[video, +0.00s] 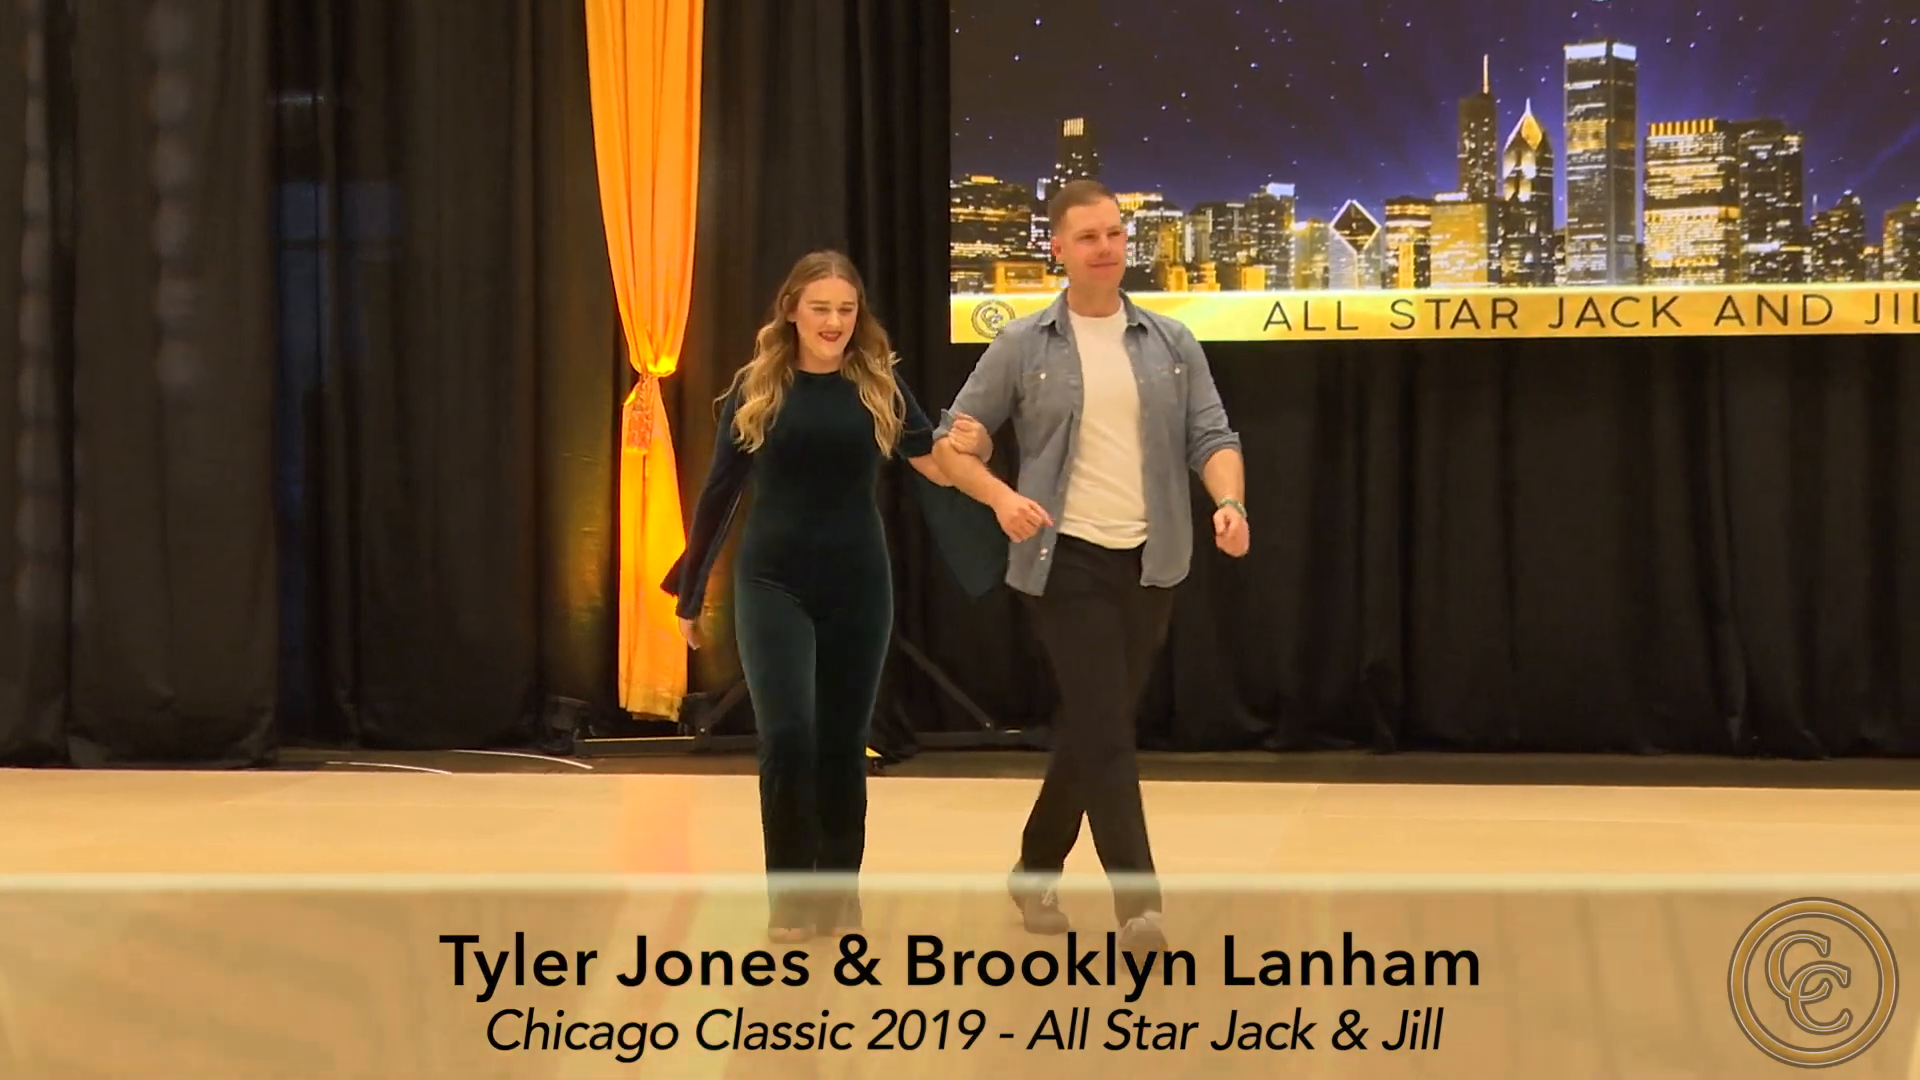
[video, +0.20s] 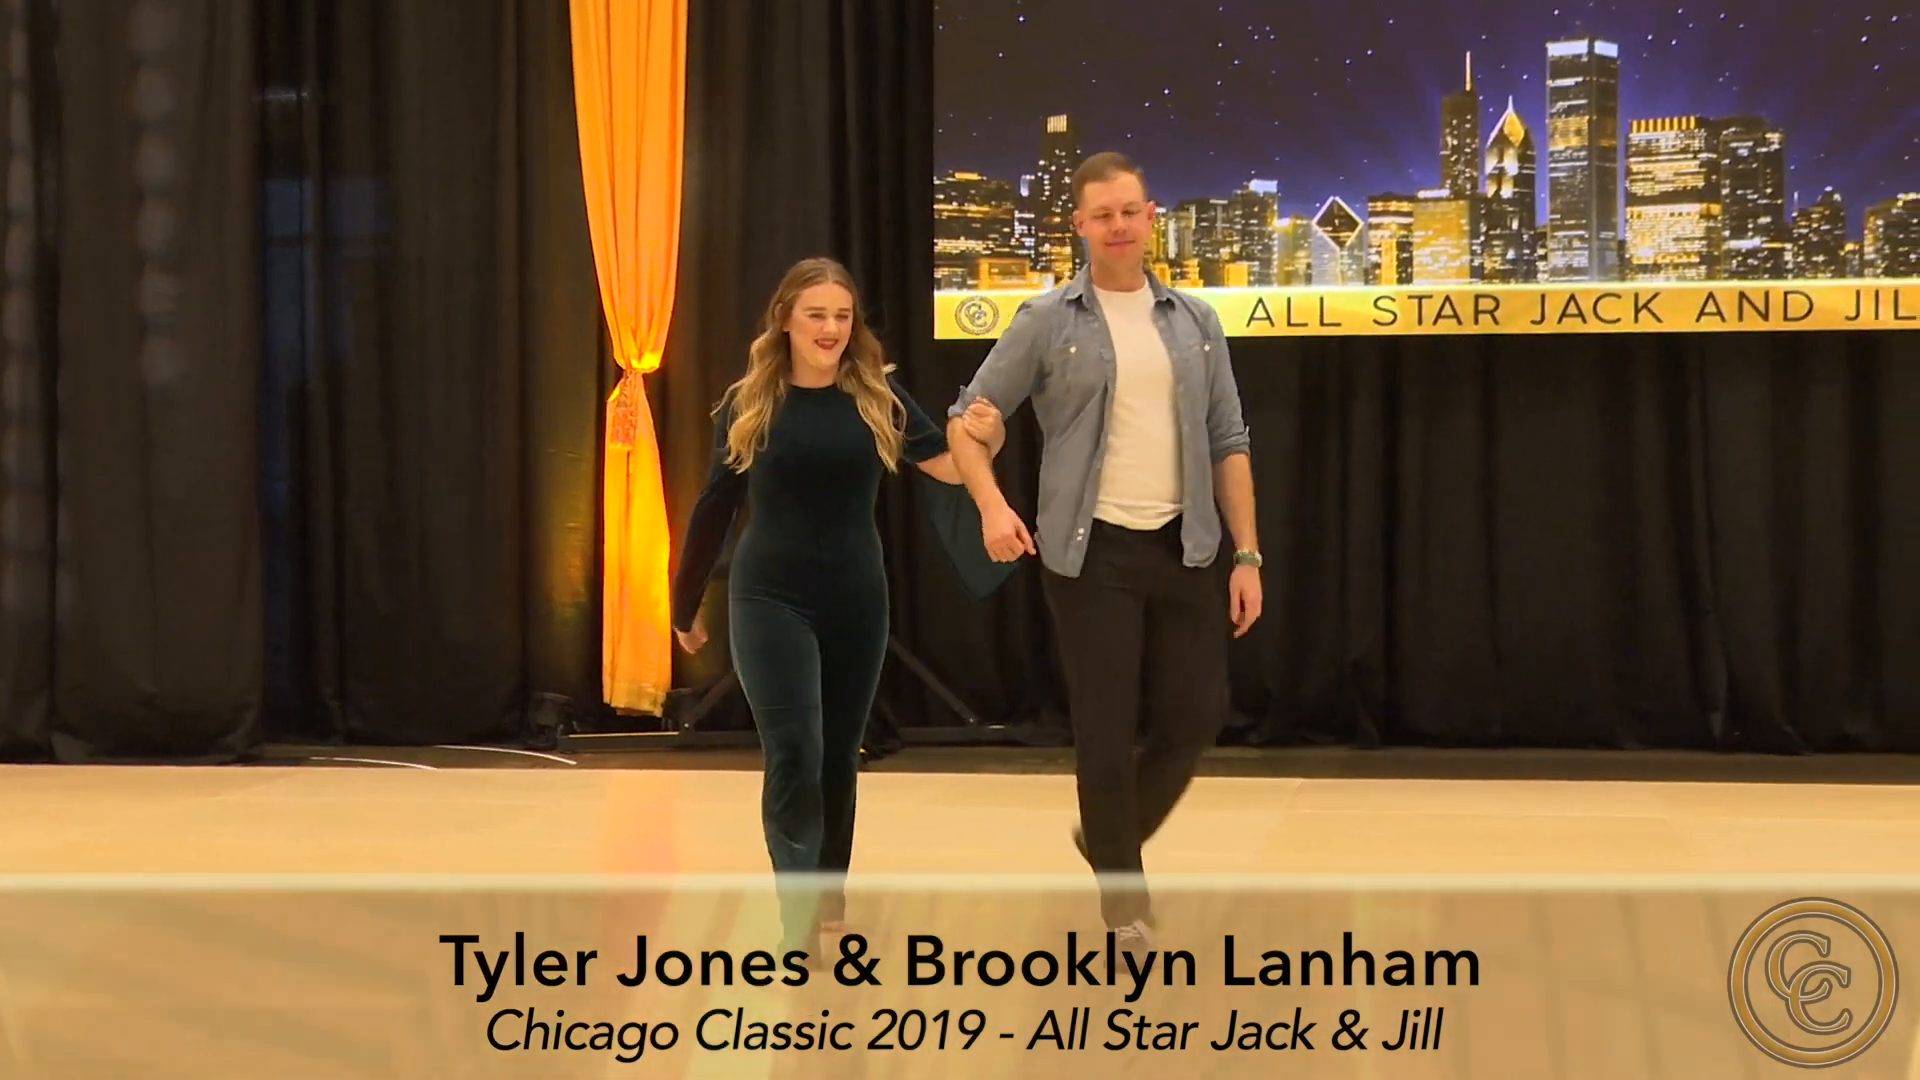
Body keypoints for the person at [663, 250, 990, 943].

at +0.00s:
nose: (835, 321)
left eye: (846, 310)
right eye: (821, 308)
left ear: (858, 316)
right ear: (793, 312)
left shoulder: (879, 386)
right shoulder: (755, 388)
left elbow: (932, 458)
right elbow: (722, 489)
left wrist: (970, 444)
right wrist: (690, 573)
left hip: (859, 587)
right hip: (772, 582)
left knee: (842, 749)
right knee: (789, 741)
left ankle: (839, 904)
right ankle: (790, 910)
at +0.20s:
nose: (829, 327)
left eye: (841, 315)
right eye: (815, 314)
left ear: (854, 323)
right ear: (786, 320)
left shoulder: (877, 396)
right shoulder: (751, 401)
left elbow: (947, 466)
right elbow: (717, 503)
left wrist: (988, 440)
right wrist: (684, 601)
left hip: (857, 601)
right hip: (770, 598)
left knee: (840, 762)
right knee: (795, 753)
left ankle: (831, 914)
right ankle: (797, 920)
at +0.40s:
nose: (824, 305)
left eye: (835, 292)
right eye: (809, 291)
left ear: (846, 299)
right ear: (775, 296)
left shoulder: (866, 374)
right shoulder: (739, 377)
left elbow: (930, 448)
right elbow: (704, 487)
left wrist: (988, 432)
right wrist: (676, 584)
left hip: (857, 588)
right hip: (761, 587)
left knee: (862, 758)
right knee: (776, 760)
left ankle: (814, 886)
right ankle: (770, 924)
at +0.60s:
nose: (847, 307)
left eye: (853, 295)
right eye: (832, 293)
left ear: (857, 304)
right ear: (788, 298)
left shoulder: (873, 380)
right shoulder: (744, 381)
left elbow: (940, 451)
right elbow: (705, 478)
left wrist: (1023, 457)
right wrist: (705, 522)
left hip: (864, 595)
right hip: (769, 598)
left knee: (867, 769)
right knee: (770, 770)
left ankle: (892, 939)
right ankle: (761, 932)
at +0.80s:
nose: (875, 297)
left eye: (877, 285)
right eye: (861, 283)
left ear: (870, 295)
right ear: (813, 290)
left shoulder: (890, 379)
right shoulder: (764, 379)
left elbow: (961, 458)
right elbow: (717, 480)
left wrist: (1061, 469)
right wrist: (683, 558)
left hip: (878, 594)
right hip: (780, 596)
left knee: (870, 775)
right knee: (787, 773)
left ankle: (855, 939)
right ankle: (749, 885)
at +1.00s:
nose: (899, 285)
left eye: (899, 273)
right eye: (886, 272)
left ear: (880, 283)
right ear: (839, 279)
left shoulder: (903, 372)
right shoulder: (779, 371)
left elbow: (973, 443)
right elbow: (728, 477)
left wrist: (1064, 456)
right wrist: (678, 568)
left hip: (888, 588)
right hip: (799, 586)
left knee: (858, 768)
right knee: (836, 763)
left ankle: (838, 936)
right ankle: (841, 942)